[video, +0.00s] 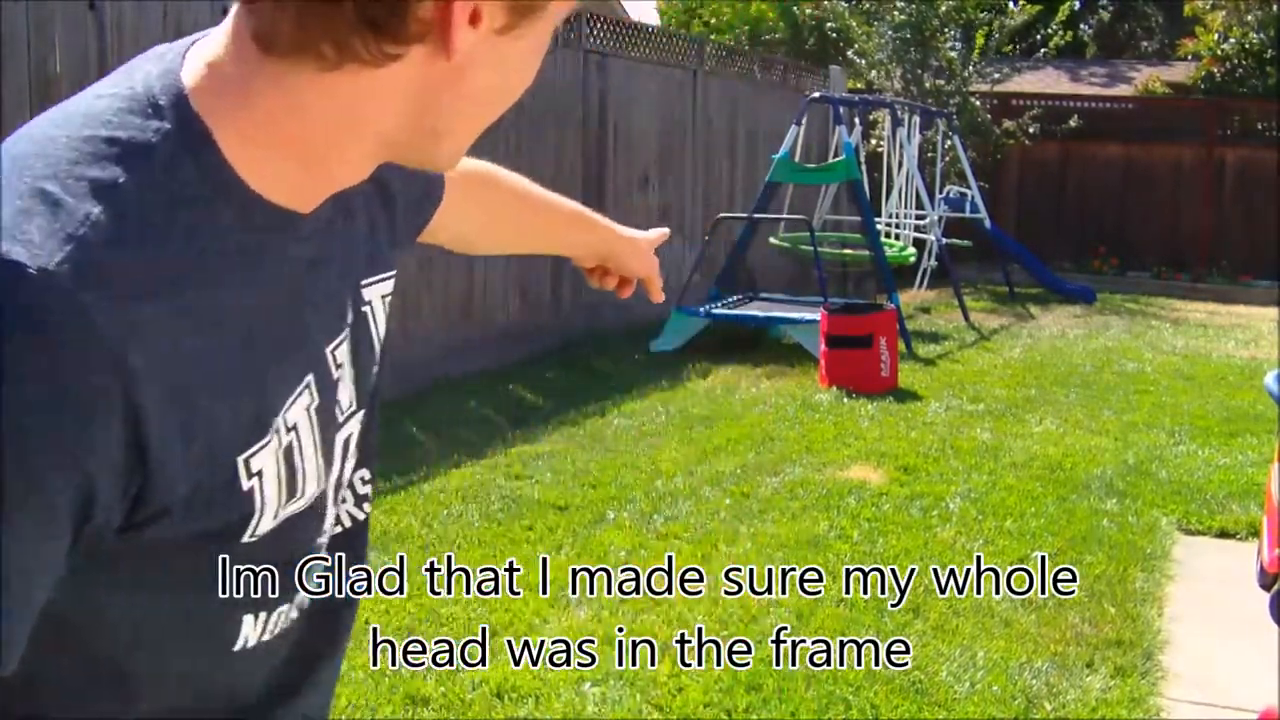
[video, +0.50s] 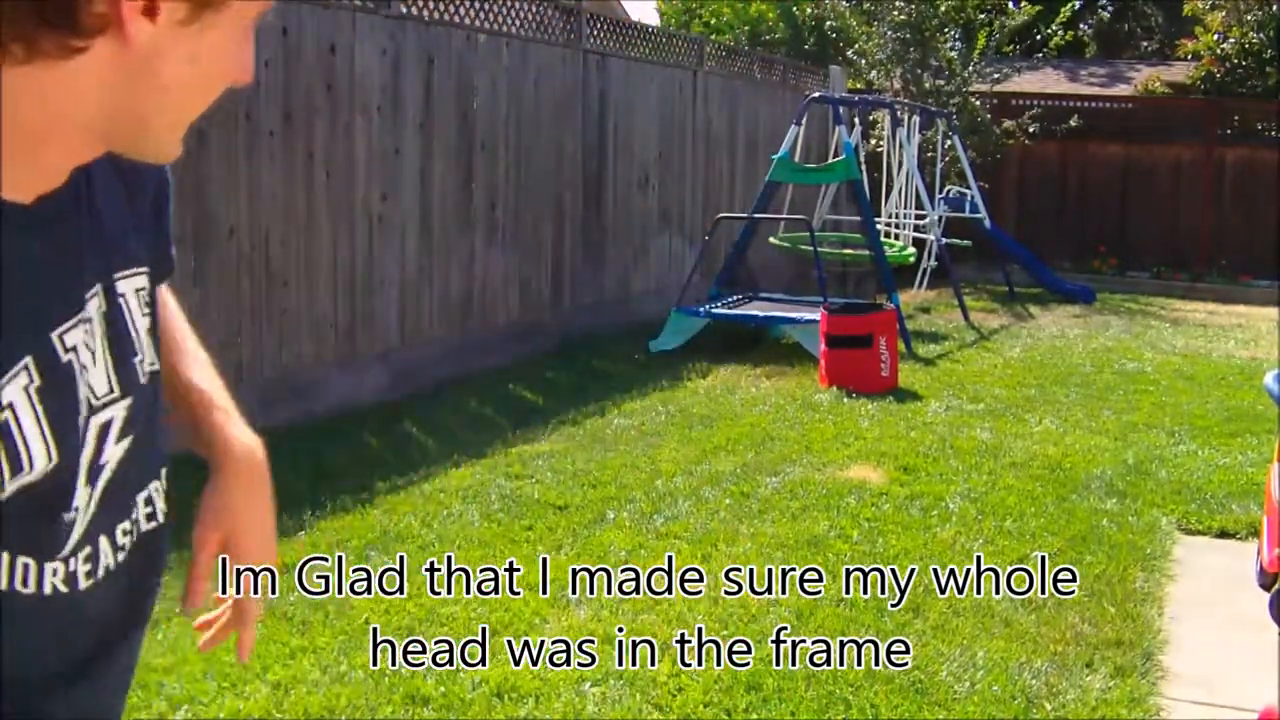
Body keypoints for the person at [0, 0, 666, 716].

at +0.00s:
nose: (535, 67)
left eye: (556, 32)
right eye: (552, 31)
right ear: (471, 19)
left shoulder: (350, 161)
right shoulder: (46, 292)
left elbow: (462, 197)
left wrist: (599, 239)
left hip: (284, 690)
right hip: (111, 703)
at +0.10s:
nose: (454, 77)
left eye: (469, 41)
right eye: (466, 39)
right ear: (380, 28)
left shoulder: (290, 166)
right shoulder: (20, 257)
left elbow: (394, 202)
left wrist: (548, 247)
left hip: (223, 692)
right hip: (62, 700)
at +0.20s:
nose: (379, 86)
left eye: (395, 42)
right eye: (391, 38)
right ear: (300, 28)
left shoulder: (215, 173)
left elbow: (313, 215)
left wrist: (491, 285)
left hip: (162, 689)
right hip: (42, 699)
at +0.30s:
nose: (318, 88)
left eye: (332, 44)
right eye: (328, 42)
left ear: (231, 27)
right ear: (233, 26)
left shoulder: (164, 179)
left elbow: (236, 238)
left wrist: (413, 359)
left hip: (131, 689)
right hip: (30, 700)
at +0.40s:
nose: (277, 80)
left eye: (288, 36)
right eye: (282, 32)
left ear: (178, 18)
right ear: (178, 18)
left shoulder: (142, 182)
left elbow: (173, 270)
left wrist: (317, 412)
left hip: (110, 689)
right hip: (21, 699)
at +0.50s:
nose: (247, 73)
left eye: (256, 28)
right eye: (249, 25)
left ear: (144, 12)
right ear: (144, 11)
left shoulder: (126, 168)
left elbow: (138, 293)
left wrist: (236, 449)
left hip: (97, 684)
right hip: (24, 696)